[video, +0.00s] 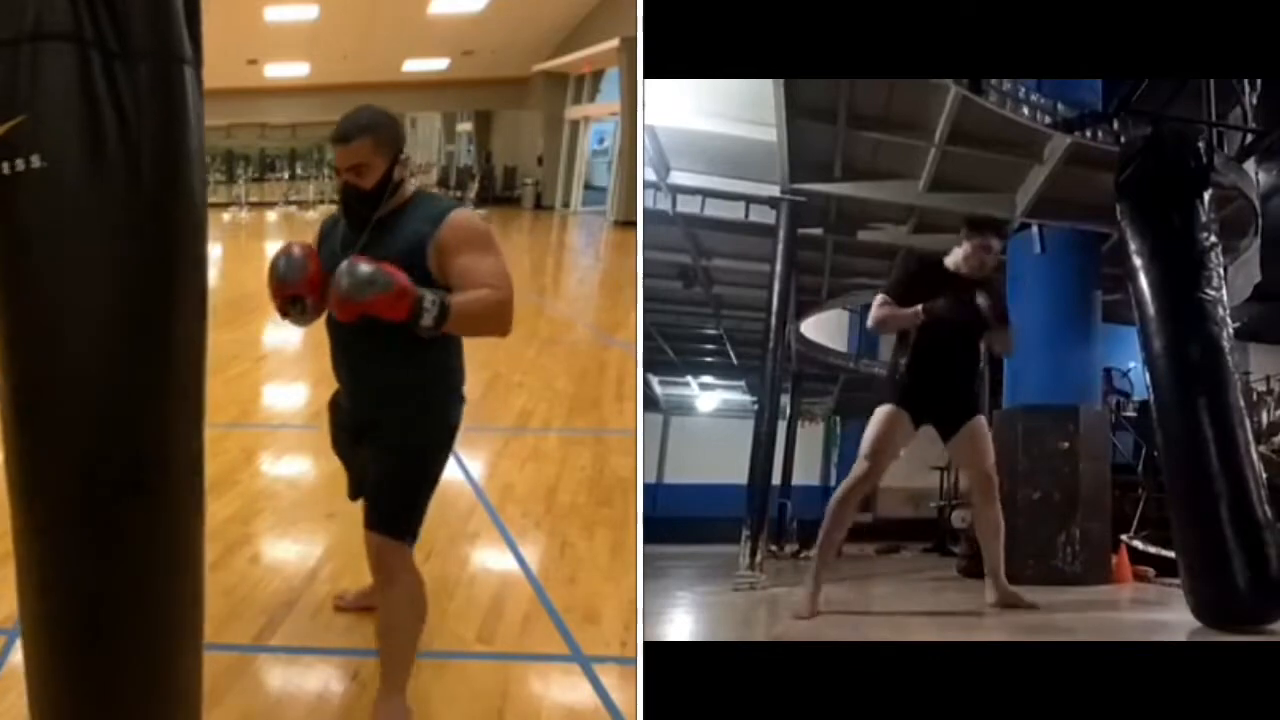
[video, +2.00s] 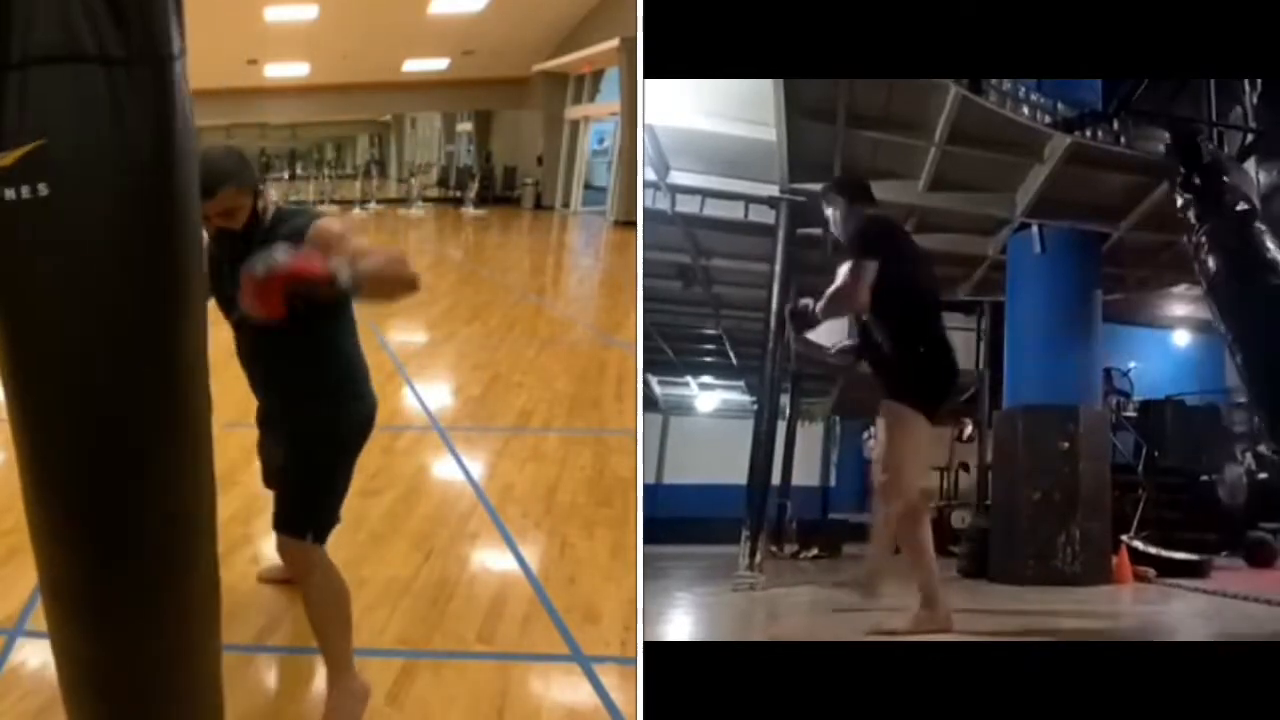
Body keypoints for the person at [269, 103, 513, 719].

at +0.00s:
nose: (346, 183)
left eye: (358, 172)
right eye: (340, 171)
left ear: (395, 162)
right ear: (336, 164)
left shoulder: (450, 225)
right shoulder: (338, 228)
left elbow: (498, 314)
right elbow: (306, 315)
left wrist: (415, 304)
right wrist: (295, 291)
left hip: (419, 404)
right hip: (357, 395)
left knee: (390, 552)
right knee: (373, 506)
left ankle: (392, 700)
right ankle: (387, 586)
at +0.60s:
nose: (319, 201)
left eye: (333, 188)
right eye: (311, 186)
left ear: (370, 178)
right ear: (304, 176)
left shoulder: (414, 237)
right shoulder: (304, 228)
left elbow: (424, 339)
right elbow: (243, 294)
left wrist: (365, 282)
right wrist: (239, 260)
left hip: (379, 420)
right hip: (317, 408)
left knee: (353, 557)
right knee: (333, 503)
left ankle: (339, 686)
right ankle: (376, 574)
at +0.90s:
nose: (303, 183)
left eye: (316, 171)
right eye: (296, 171)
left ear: (343, 172)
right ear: (282, 175)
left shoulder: (387, 235)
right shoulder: (274, 218)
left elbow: (367, 330)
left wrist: (334, 233)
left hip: (350, 425)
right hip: (286, 405)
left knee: (343, 561)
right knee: (282, 485)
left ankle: (335, 684)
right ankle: (293, 560)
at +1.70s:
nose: (236, 193)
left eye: (243, 180)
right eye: (229, 181)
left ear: (265, 177)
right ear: (223, 184)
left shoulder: (319, 228)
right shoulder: (217, 231)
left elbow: (377, 300)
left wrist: (322, 284)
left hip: (305, 396)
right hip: (245, 391)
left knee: (281, 527)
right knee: (254, 490)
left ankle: (320, 664)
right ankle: (278, 560)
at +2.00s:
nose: (222, 225)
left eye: (231, 212)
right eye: (212, 215)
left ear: (256, 195)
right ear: (198, 208)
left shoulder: (307, 231)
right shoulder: (214, 246)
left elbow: (402, 275)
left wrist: (328, 273)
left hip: (333, 406)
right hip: (278, 402)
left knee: (299, 545)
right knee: (285, 485)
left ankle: (346, 684)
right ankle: (303, 563)